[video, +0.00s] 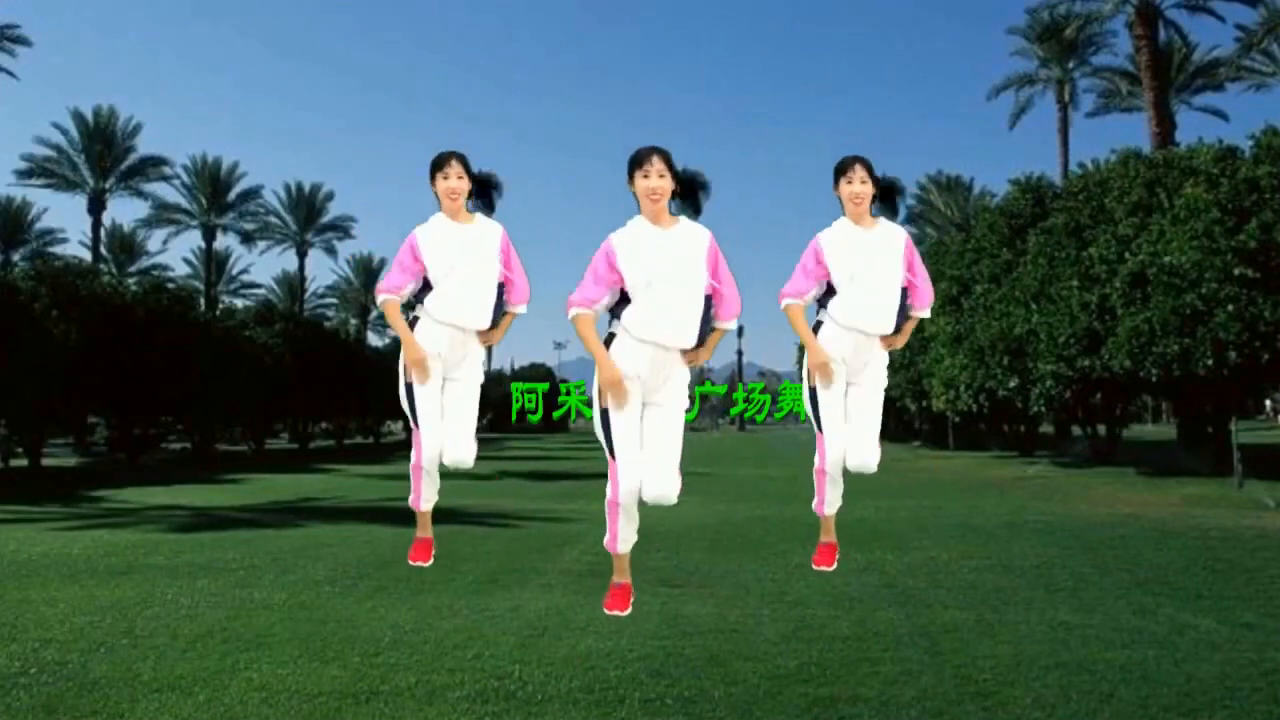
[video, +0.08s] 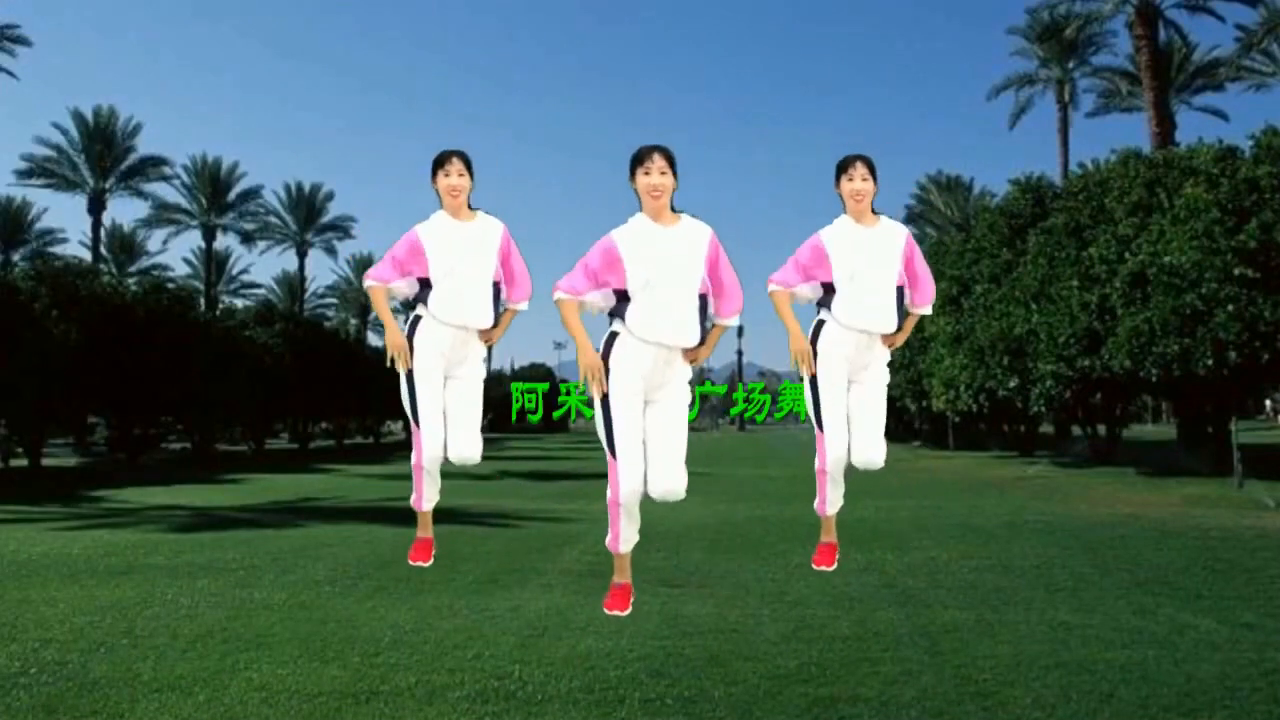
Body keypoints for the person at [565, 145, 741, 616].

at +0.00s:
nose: (654, 183)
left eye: (661, 175)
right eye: (644, 176)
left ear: (674, 183)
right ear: (633, 185)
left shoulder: (699, 239)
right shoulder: (620, 243)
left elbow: (728, 305)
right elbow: (581, 308)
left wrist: (705, 351)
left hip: (674, 364)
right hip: (625, 359)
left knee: (663, 489)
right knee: (624, 475)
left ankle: (627, 463)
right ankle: (621, 575)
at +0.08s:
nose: (655, 179)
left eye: (663, 172)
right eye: (646, 172)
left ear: (675, 181)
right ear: (634, 183)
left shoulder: (700, 236)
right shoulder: (621, 241)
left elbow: (730, 298)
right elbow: (565, 293)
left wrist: (705, 347)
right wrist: (585, 350)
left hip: (675, 363)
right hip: (626, 360)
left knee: (668, 487)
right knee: (626, 478)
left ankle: (631, 452)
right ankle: (621, 578)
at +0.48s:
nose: (682, 181)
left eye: (690, 173)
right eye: (673, 172)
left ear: (701, 182)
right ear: (658, 181)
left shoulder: (711, 240)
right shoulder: (634, 230)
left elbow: (752, 283)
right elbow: (594, 294)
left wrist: (728, 308)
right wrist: (616, 349)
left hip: (710, 353)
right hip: (660, 357)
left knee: (716, 469)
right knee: (681, 480)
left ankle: (695, 577)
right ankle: (652, 575)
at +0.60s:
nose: (680, 158)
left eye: (689, 151)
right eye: (671, 150)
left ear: (702, 162)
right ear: (660, 160)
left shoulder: (719, 215)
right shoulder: (634, 213)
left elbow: (767, 264)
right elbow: (588, 265)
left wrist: (733, 296)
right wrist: (617, 316)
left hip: (704, 340)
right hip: (654, 340)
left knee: (704, 461)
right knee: (664, 462)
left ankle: (695, 576)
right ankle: (650, 576)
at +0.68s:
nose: (678, 153)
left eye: (687, 146)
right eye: (669, 146)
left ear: (701, 156)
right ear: (659, 156)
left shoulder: (724, 208)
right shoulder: (637, 208)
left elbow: (769, 261)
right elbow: (587, 251)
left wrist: (730, 310)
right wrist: (617, 297)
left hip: (701, 336)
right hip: (650, 334)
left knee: (700, 459)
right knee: (653, 459)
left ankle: (696, 575)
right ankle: (650, 576)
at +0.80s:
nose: (674, 164)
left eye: (682, 156)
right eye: (666, 158)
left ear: (699, 165)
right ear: (657, 169)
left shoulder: (724, 214)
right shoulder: (647, 218)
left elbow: (756, 280)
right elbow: (592, 253)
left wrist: (728, 340)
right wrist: (624, 295)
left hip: (693, 345)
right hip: (642, 339)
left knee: (687, 466)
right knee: (635, 460)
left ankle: (692, 577)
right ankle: (644, 573)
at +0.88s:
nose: (671, 172)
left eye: (680, 164)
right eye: (663, 166)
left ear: (697, 173)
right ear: (655, 177)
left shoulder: (722, 221)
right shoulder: (647, 229)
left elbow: (749, 291)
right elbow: (593, 263)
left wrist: (725, 351)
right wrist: (624, 301)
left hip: (686, 354)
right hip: (637, 345)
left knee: (678, 475)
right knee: (628, 465)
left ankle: (690, 577)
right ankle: (644, 575)